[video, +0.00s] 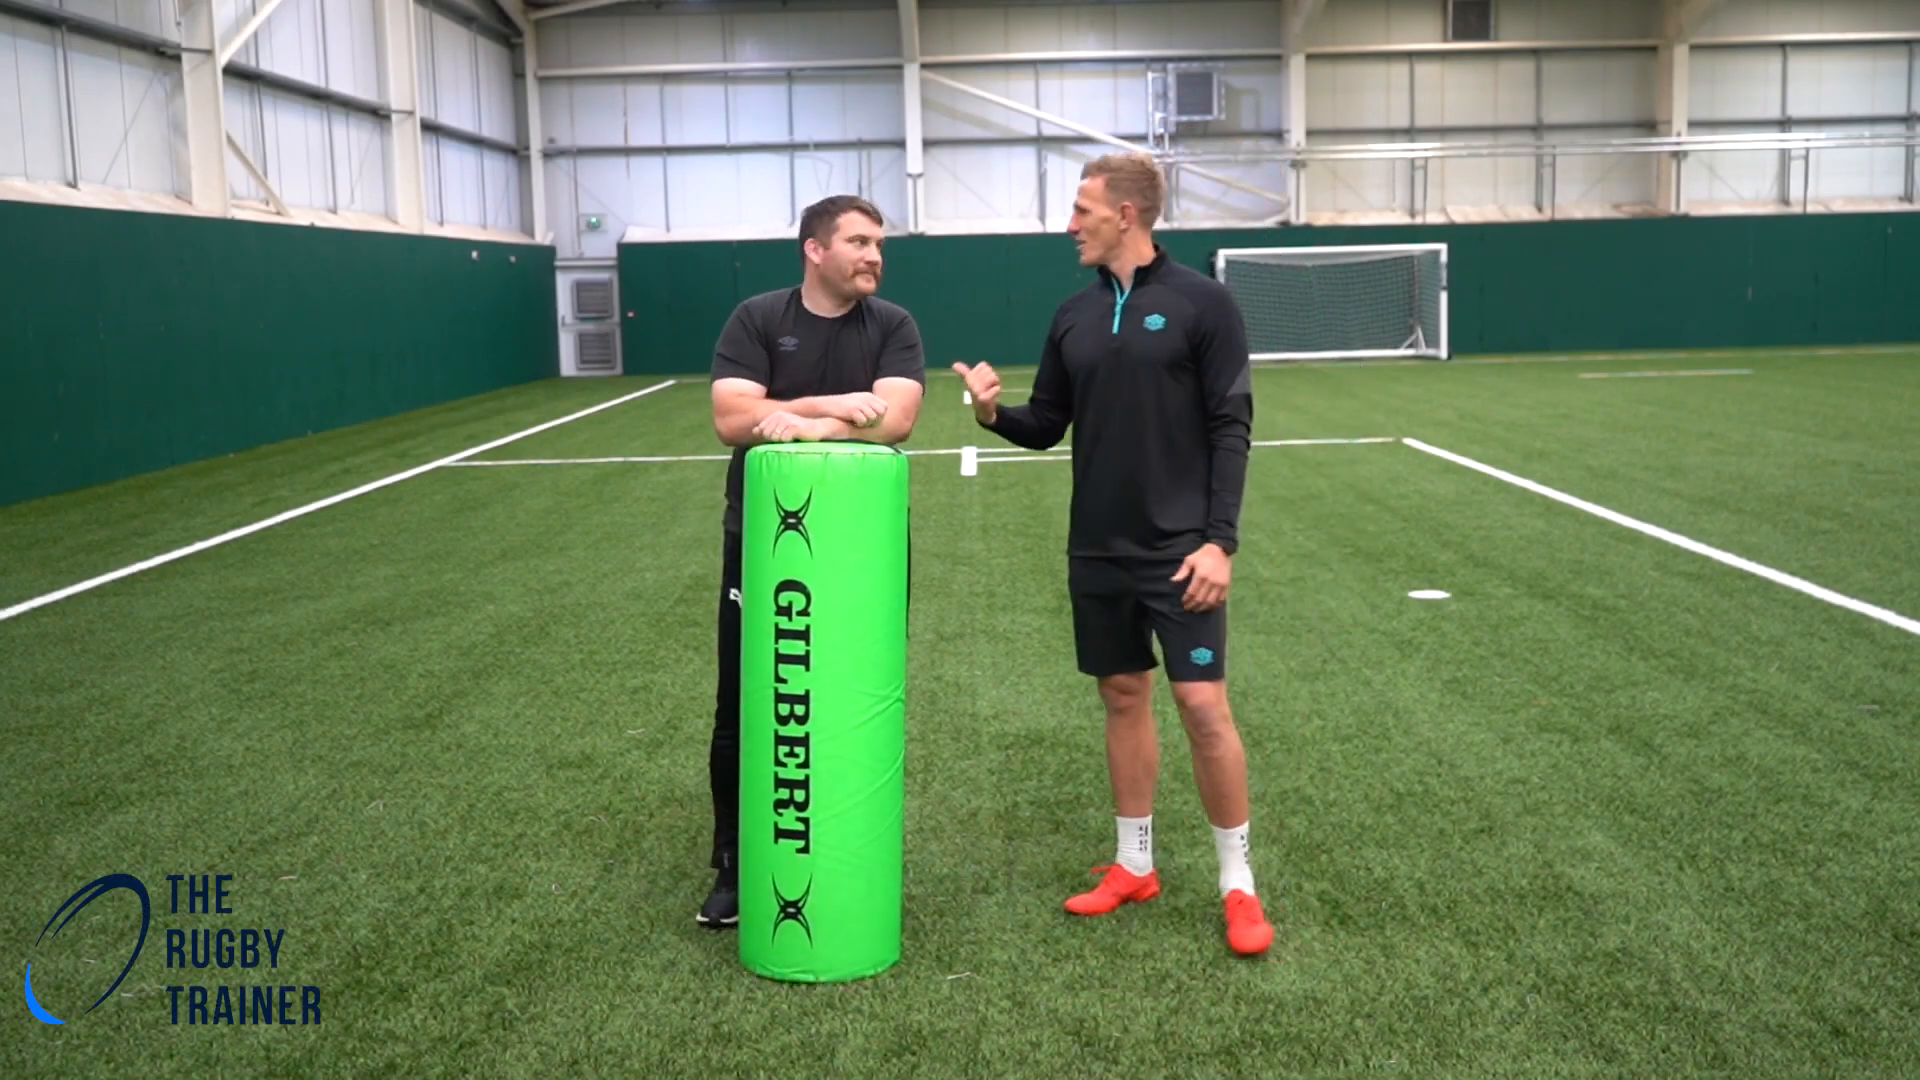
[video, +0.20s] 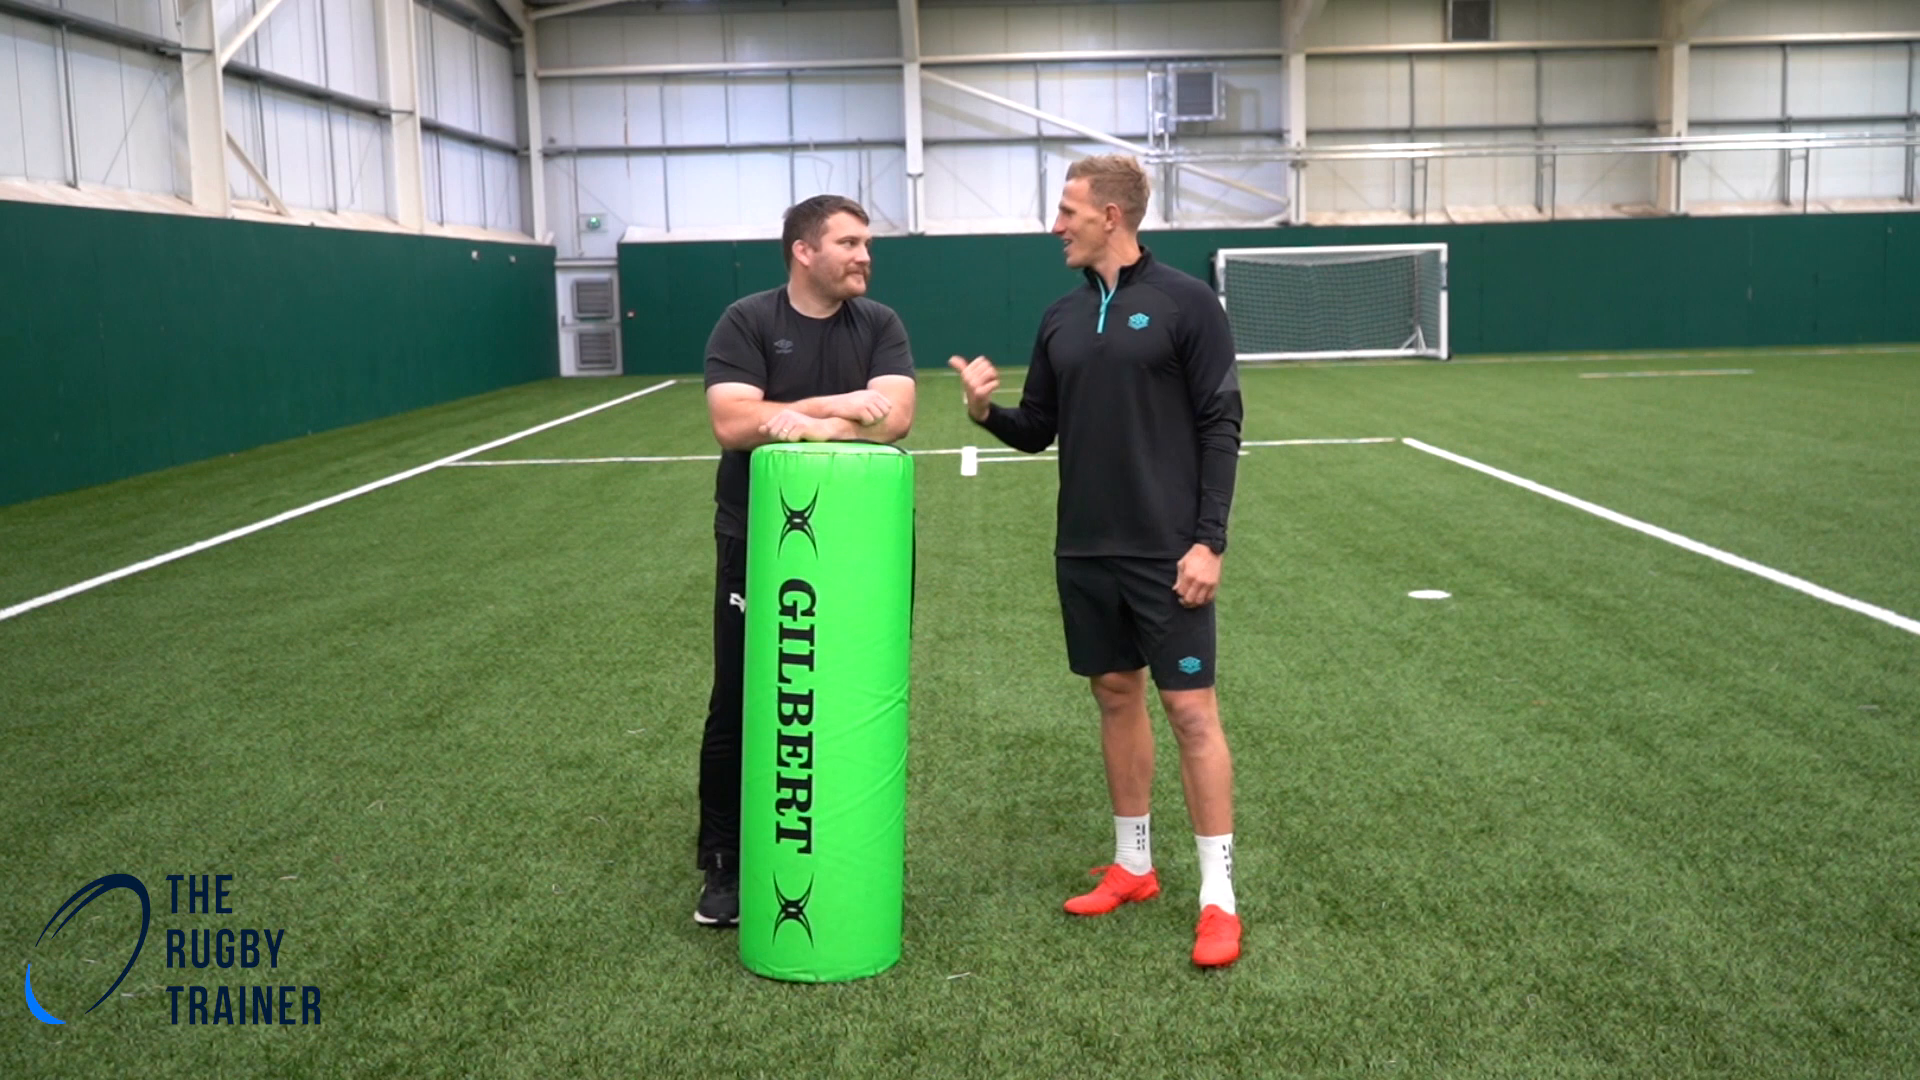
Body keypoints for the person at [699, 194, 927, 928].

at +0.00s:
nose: (875, 257)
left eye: (878, 245)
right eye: (859, 242)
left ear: (876, 256)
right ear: (814, 250)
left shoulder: (891, 325)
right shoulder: (757, 318)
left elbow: (895, 420)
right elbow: (730, 419)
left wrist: (786, 416)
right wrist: (846, 410)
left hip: (854, 546)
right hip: (761, 542)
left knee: (848, 711)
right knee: (744, 706)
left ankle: (840, 878)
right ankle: (732, 871)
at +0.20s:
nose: (864, 257)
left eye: (866, 244)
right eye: (849, 243)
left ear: (863, 255)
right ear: (801, 252)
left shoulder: (878, 322)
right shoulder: (748, 320)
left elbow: (893, 416)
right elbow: (730, 424)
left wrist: (785, 414)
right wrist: (850, 412)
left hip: (848, 544)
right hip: (755, 540)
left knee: (840, 705)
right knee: (739, 701)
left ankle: (834, 869)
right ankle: (724, 865)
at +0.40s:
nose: (841, 255)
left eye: (843, 243)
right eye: (827, 244)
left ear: (835, 252)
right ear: (779, 253)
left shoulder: (856, 321)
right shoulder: (726, 325)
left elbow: (883, 414)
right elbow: (719, 432)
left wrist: (785, 416)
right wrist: (837, 415)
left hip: (834, 554)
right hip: (740, 550)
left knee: (827, 713)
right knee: (725, 714)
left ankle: (825, 873)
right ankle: (716, 870)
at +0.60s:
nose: (812, 255)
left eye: (812, 243)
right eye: (797, 245)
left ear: (800, 251)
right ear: (750, 255)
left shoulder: (828, 317)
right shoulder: (698, 329)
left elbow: (861, 411)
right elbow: (698, 438)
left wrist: (764, 420)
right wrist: (811, 417)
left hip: (815, 552)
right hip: (721, 552)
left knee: (814, 711)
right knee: (713, 716)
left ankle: (817, 868)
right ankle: (713, 871)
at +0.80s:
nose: (785, 255)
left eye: (784, 243)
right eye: (770, 246)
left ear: (774, 250)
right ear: (722, 258)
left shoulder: (802, 315)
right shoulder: (671, 335)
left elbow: (841, 408)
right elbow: (682, 444)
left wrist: (750, 422)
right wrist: (792, 415)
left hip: (798, 553)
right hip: (706, 556)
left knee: (802, 711)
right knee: (705, 718)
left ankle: (806, 866)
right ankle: (711, 872)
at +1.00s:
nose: (767, 254)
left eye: (766, 242)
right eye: (752, 246)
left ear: (746, 254)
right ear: (703, 259)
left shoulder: (785, 314)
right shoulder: (656, 338)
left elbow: (832, 406)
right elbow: (679, 449)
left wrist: (745, 424)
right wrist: (785, 413)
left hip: (785, 555)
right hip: (696, 560)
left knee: (792, 714)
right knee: (697, 723)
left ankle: (800, 867)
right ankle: (710, 872)